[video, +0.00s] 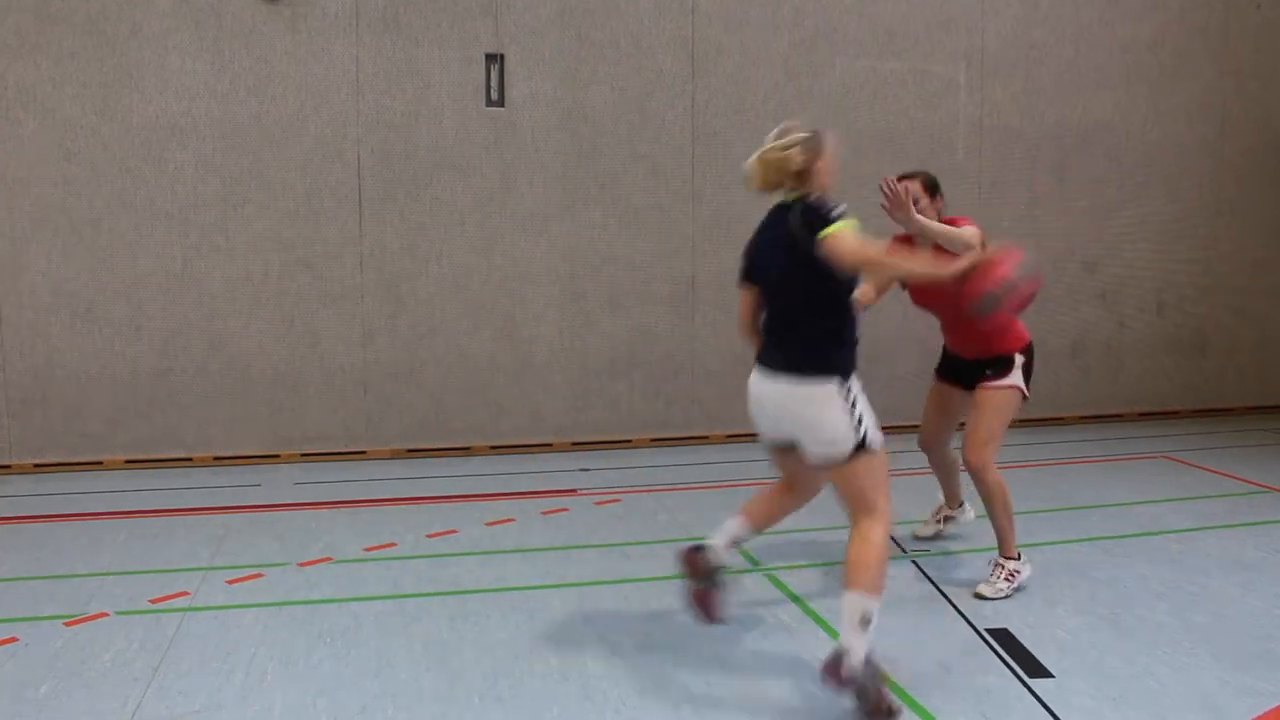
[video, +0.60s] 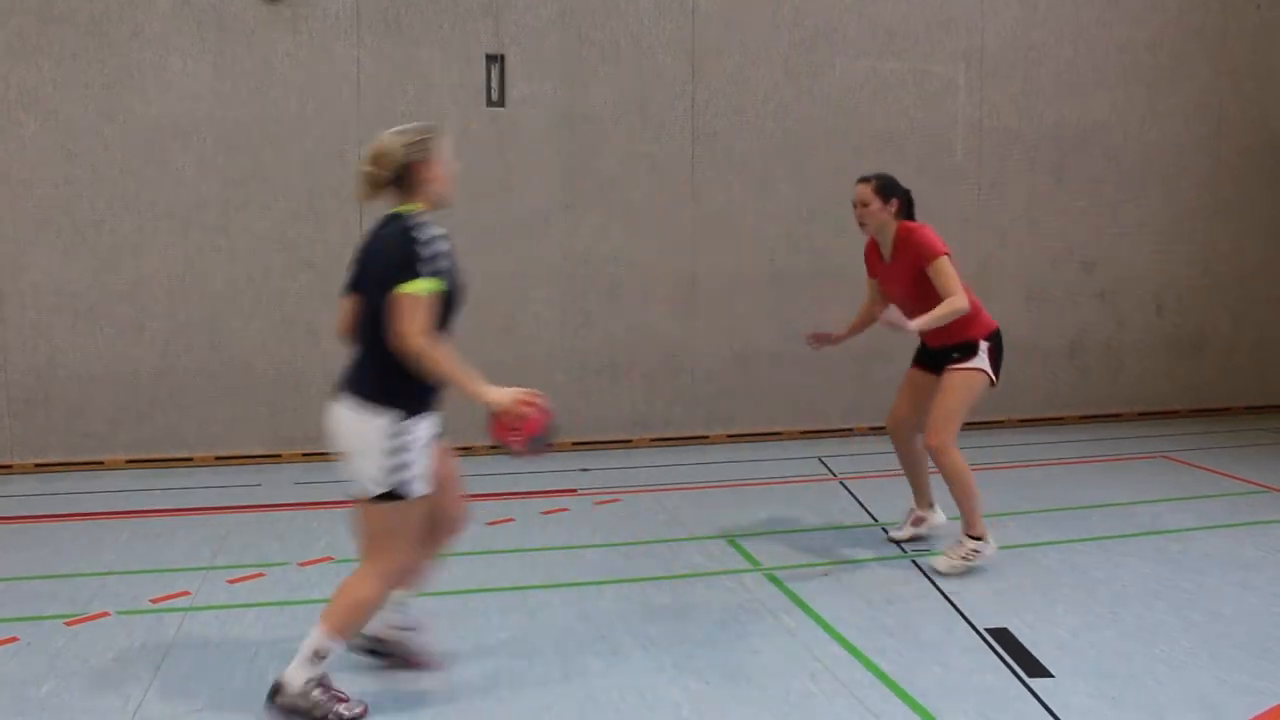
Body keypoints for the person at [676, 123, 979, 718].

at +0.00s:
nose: (833, 163)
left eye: (828, 154)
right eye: (828, 156)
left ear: (785, 173)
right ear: (813, 169)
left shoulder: (766, 231)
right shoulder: (821, 217)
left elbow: (748, 320)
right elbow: (853, 255)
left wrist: (778, 360)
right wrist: (945, 270)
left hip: (767, 388)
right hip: (826, 395)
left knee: (799, 483)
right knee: (871, 514)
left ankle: (711, 551)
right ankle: (854, 656)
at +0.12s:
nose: (780, 204)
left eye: (776, 194)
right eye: (775, 196)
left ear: (727, 210)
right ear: (761, 204)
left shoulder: (719, 272)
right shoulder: (770, 259)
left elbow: (708, 368)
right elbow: (757, 324)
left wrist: (776, 375)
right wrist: (816, 361)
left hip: (729, 440)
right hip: (781, 444)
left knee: (751, 538)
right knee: (855, 554)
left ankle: (639, 582)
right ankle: (847, 699)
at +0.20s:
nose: (732, 198)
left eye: (727, 188)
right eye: (725, 189)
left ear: (678, 204)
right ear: (709, 199)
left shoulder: (669, 264)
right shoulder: (709, 260)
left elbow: (656, 354)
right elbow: (685, 343)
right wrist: (729, 403)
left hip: (674, 435)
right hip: (722, 435)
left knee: (707, 552)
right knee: (794, 553)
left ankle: (602, 628)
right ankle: (848, 691)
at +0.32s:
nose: (648, 186)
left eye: (643, 176)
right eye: (642, 177)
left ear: (601, 187)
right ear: (625, 184)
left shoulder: (588, 244)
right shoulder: (616, 249)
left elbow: (580, 340)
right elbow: (596, 341)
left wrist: (645, 370)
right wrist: (646, 417)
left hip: (575, 427)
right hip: (612, 429)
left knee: (639, 541)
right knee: (699, 532)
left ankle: (578, 662)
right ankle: (685, 673)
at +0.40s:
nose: (590, 168)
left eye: (585, 158)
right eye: (585, 159)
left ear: (540, 171)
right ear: (570, 168)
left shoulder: (525, 225)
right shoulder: (569, 230)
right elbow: (558, 325)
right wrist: (609, 406)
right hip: (550, 406)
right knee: (605, 528)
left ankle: (572, 659)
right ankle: (528, 649)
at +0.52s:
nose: (507, 154)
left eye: (503, 143)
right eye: (501, 145)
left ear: (456, 155)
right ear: (482, 152)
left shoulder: (431, 216)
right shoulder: (488, 218)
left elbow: (400, 307)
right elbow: (481, 315)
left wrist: (459, 322)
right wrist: (540, 388)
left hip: (421, 387)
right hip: (460, 395)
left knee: (496, 510)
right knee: (467, 535)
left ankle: (504, 639)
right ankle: (358, 647)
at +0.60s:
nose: (450, 170)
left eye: (446, 160)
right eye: (443, 161)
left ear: (402, 176)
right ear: (423, 173)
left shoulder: (386, 233)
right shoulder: (422, 238)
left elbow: (349, 323)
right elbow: (413, 335)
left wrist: (409, 345)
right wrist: (489, 393)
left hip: (380, 408)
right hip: (386, 419)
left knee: (446, 512)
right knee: (392, 556)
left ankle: (384, 621)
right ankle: (301, 676)